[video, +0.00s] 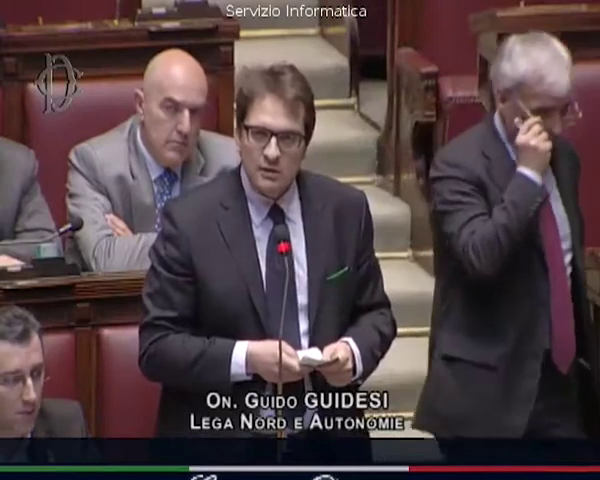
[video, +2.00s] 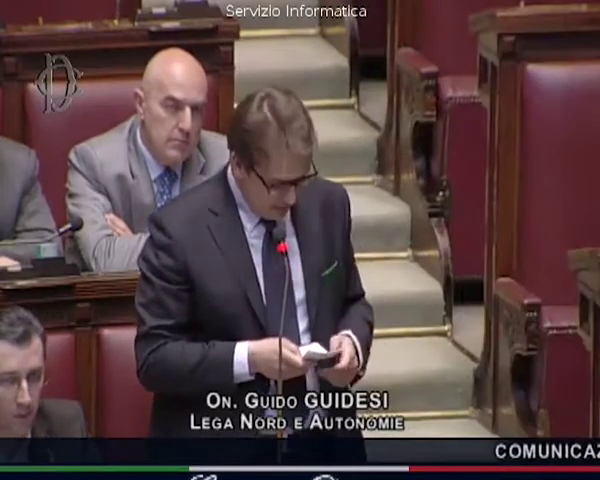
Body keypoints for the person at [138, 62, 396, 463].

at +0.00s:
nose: (272, 153)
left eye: (288, 138)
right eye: (258, 134)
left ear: (307, 141)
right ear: (238, 134)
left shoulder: (347, 209)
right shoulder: (188, 218)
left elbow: (377, 314)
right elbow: (156, 347)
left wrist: (352, 352)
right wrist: (246, 357)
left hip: (326, 438)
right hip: (219, 441)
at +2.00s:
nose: (290, 199)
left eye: (299, 182)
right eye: (276, 185)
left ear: (309, 162)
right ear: (238, 167)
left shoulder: (328, 203)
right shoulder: (178, 227)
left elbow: (354, 303)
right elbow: (154, 359)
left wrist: (352, 341)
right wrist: (247, 358)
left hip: (321, 439)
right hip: (217, 444)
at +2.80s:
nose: (295, 203)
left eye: (306, 187)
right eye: (282, 190)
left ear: (315, 165)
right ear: (244, 170)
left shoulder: (338, 207)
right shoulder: (183, 223)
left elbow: (366, 310)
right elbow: (158, 355)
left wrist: (357, 343)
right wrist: (246, 358)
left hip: (323, 441)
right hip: (219, 446)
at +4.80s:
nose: (295, 209)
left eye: (309, 194)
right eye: (283, 196)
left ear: (321, 171)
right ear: (247, 170)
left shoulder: (340, 208)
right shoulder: (186, 223)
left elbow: (365, 309)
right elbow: (161, 355)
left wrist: (358, 345)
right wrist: (250, 357)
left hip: (323, 441)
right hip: (219, 442)